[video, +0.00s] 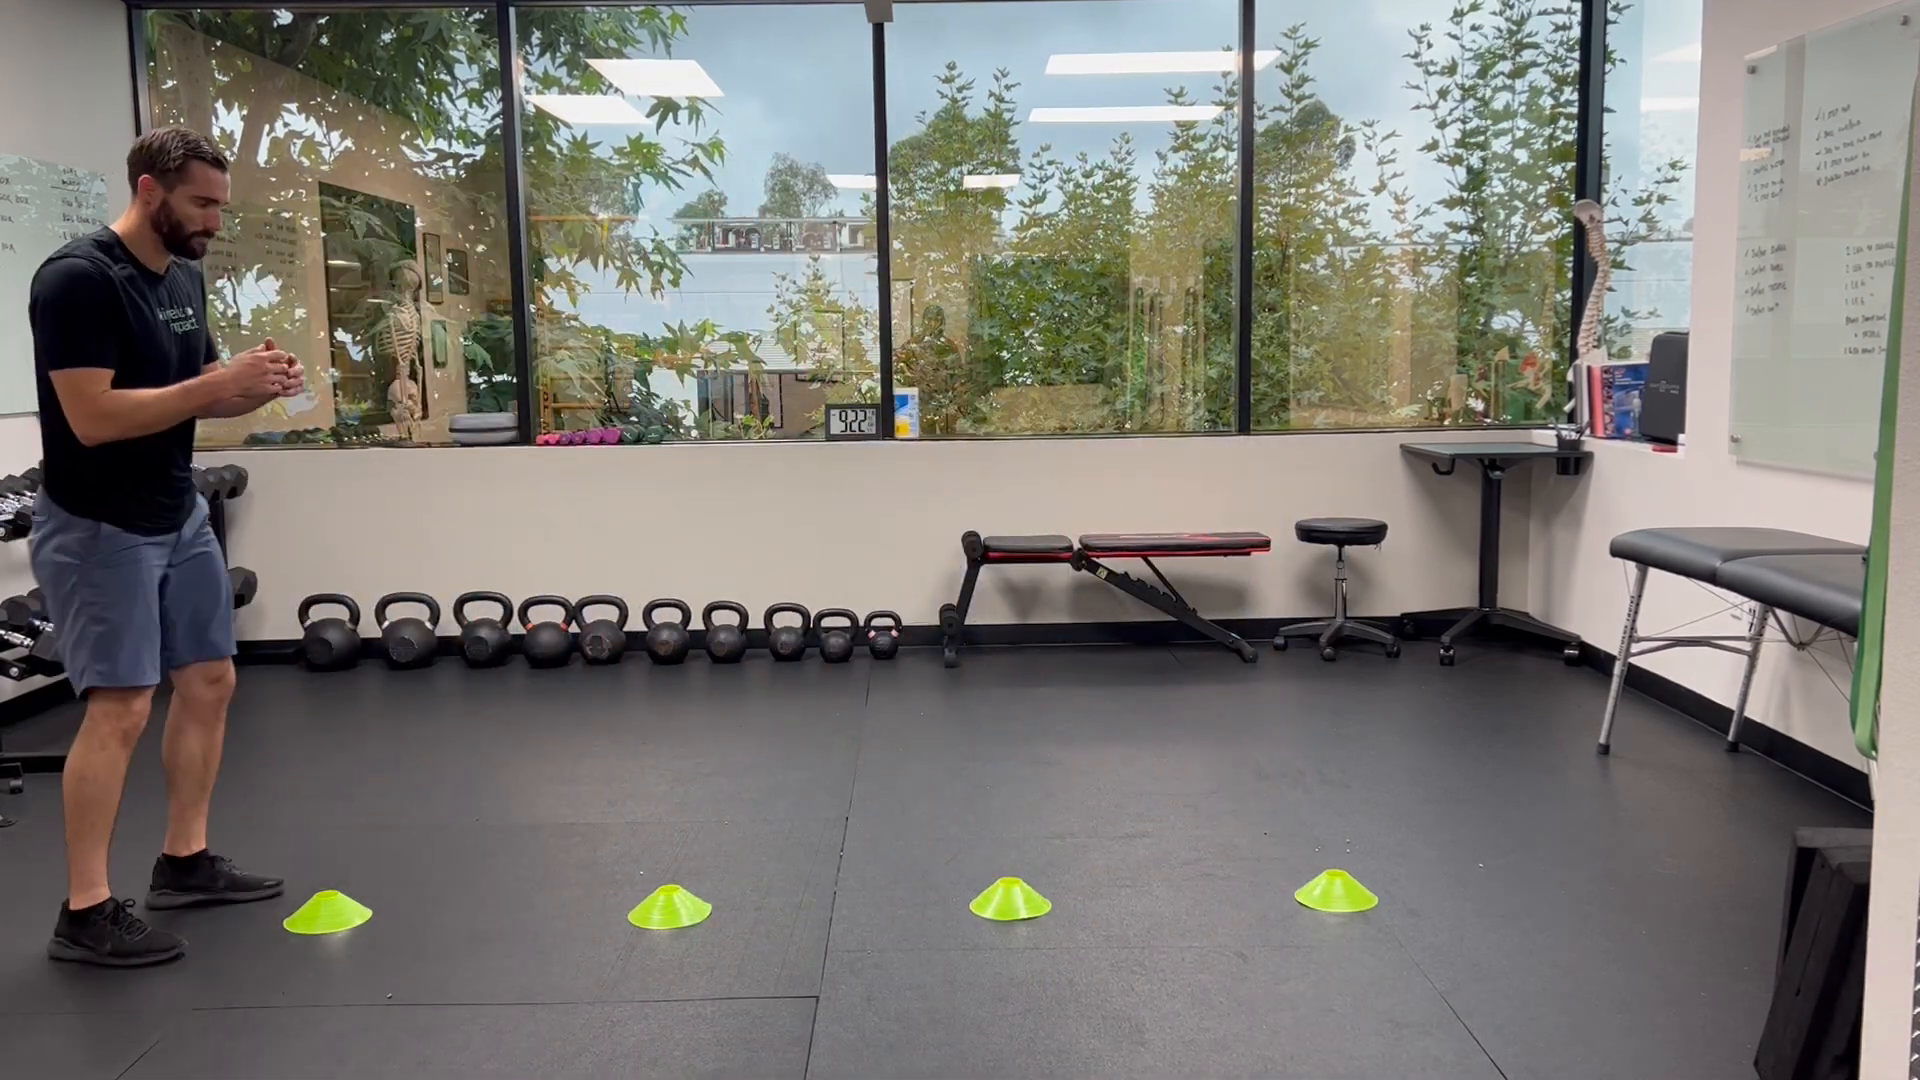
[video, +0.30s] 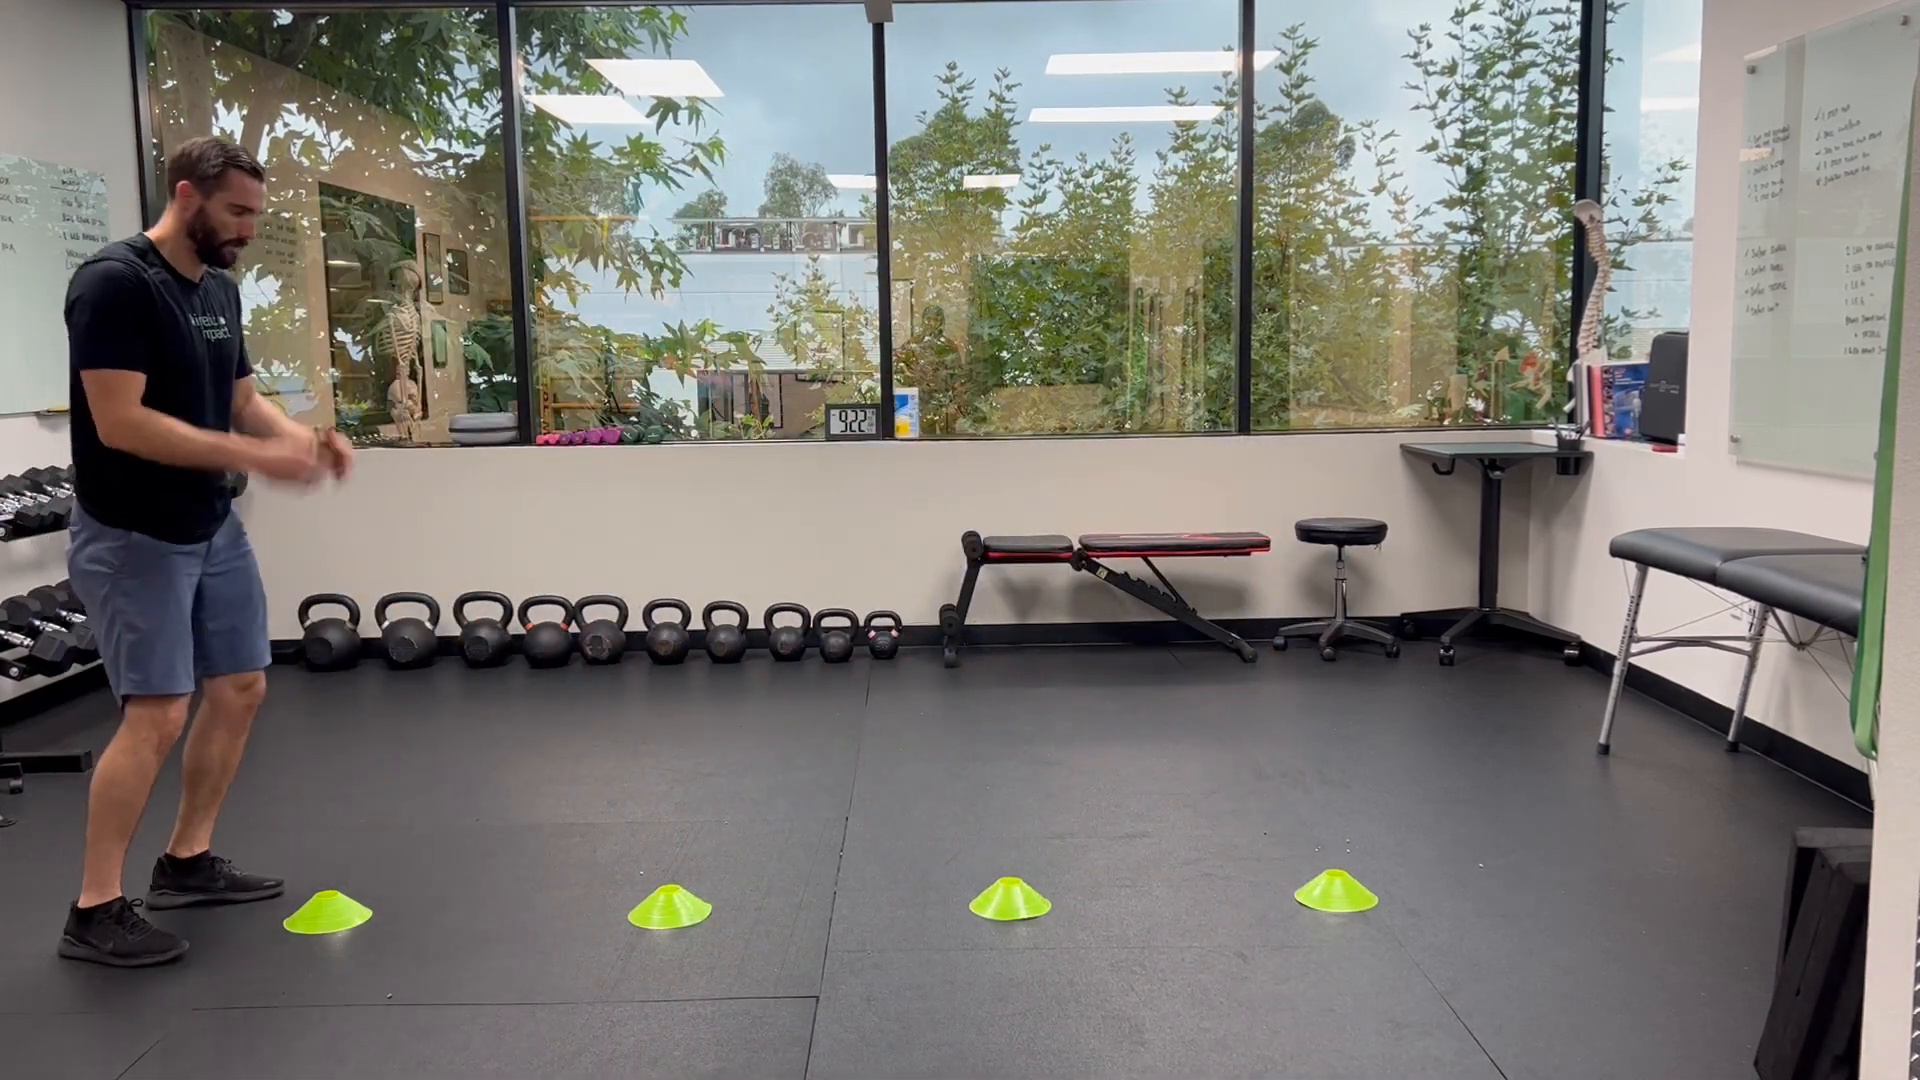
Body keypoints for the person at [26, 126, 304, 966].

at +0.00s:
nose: (215, 222)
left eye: (221, 206)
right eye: (204, 204)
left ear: (179, 198)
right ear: (150, 191)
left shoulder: (181, 276)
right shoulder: (75, 279)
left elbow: (181, 399)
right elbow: (92, 420)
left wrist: (243, 388)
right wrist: (217, 386)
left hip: (177, 518)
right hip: (96, 529)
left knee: (208, 681)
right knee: (118, 707)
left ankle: (185, 859)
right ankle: (86, 910)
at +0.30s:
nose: (250, 229)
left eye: (256, 215)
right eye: (239, 211)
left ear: (219, 206)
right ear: (187, 196)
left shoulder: (217, 287)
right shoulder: (114, 282)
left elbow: (241, 401)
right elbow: (118, 423)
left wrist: (302, 437)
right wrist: (250, 454)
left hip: (212, 528)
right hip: (132, 538)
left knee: (239, 686)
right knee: (155, 713)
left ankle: (189, 859)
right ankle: (95, 907)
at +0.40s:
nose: (272, 232)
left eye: (279, 217)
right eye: (263, 214)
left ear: (247, 211)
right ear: (211, 198)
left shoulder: (236, 287)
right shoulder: (134, 278)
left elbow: (234, 406)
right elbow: (98, 418)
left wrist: (278, 503)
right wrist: (166, 533)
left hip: (220, 524)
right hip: (140, 531)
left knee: (235, 685)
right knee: (155, 709)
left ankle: (187, 859)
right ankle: (95, 907)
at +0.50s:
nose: (311, 238)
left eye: (319, 223)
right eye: (301, 219)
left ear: (293, 217)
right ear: (249, 202)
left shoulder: (261, 286)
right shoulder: (165, 276)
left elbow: (209, 394)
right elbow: (57, 383)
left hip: (225, 528)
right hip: (149, 535)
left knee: (222, 690)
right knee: (148, 713)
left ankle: (186, 858)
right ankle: (97, 907)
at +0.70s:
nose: (390, 297)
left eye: (397, 283)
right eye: (382, 279)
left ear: (355, 269)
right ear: (331, 260)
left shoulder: (322, 335)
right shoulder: (234, 317)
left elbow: (236, 409)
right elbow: (85, 365)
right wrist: (12, 465)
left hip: (229, 538)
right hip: (148, 539)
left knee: (257, 698)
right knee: (192, 716)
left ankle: (188, 857)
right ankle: (95, 902)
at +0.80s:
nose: (401, 317)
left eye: (405, 303)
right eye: (392, 301)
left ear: (349, 294)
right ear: (339, 287)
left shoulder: (337, 370)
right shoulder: (247, 361)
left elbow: (281, 477)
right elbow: (153, 476)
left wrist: (322, 569)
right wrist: (194, 598)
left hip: (254, 562)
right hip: (177, 561)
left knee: (303, 720)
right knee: (235, 749)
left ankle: (191, 859)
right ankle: (99, 907)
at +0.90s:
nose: (394, 287)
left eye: (401, 273)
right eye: (385, 269)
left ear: (383, 267)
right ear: (336, 252)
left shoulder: (354, 344)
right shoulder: (269, 334)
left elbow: (373, 446)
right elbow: (312, 463)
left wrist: (455, 434)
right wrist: (439, 433)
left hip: (294, 562)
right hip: (222, 572)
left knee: (324, 724)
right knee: (254, 759)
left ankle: (197, 850)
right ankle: (106, 899)